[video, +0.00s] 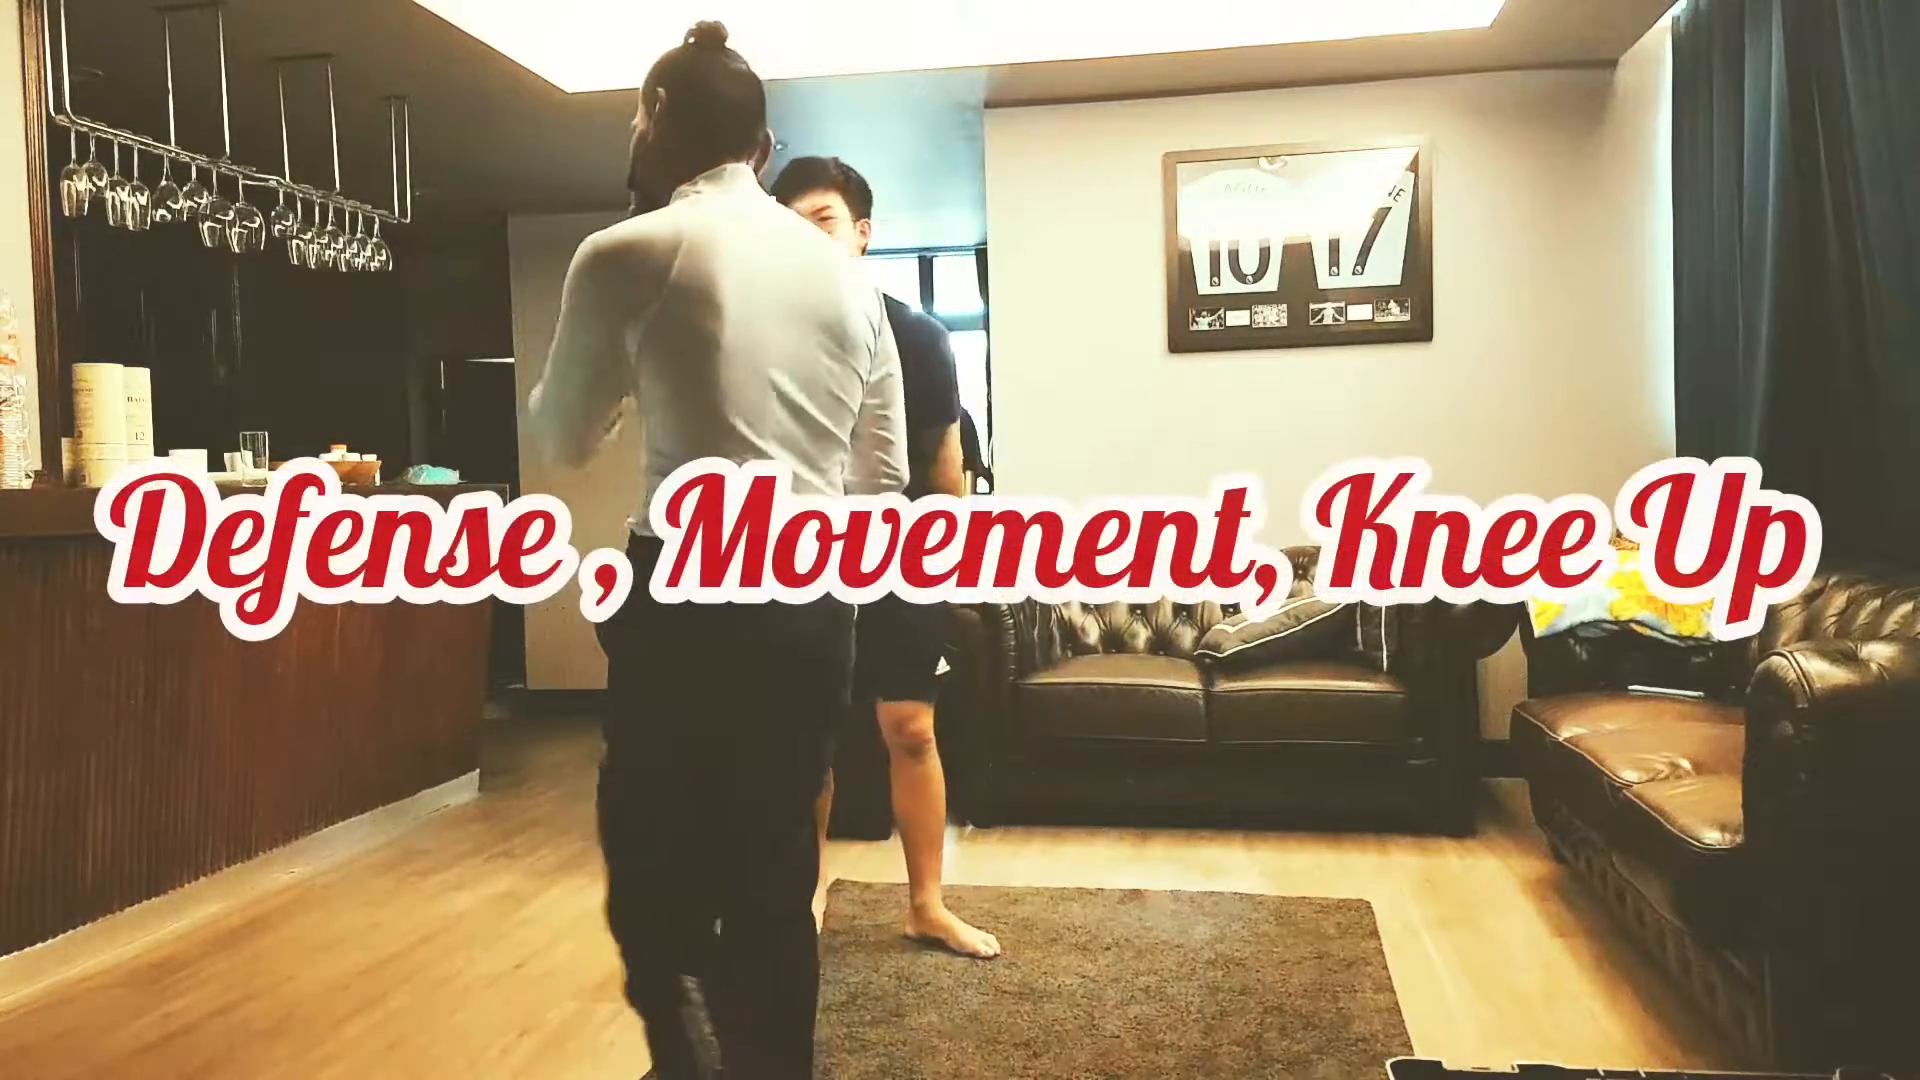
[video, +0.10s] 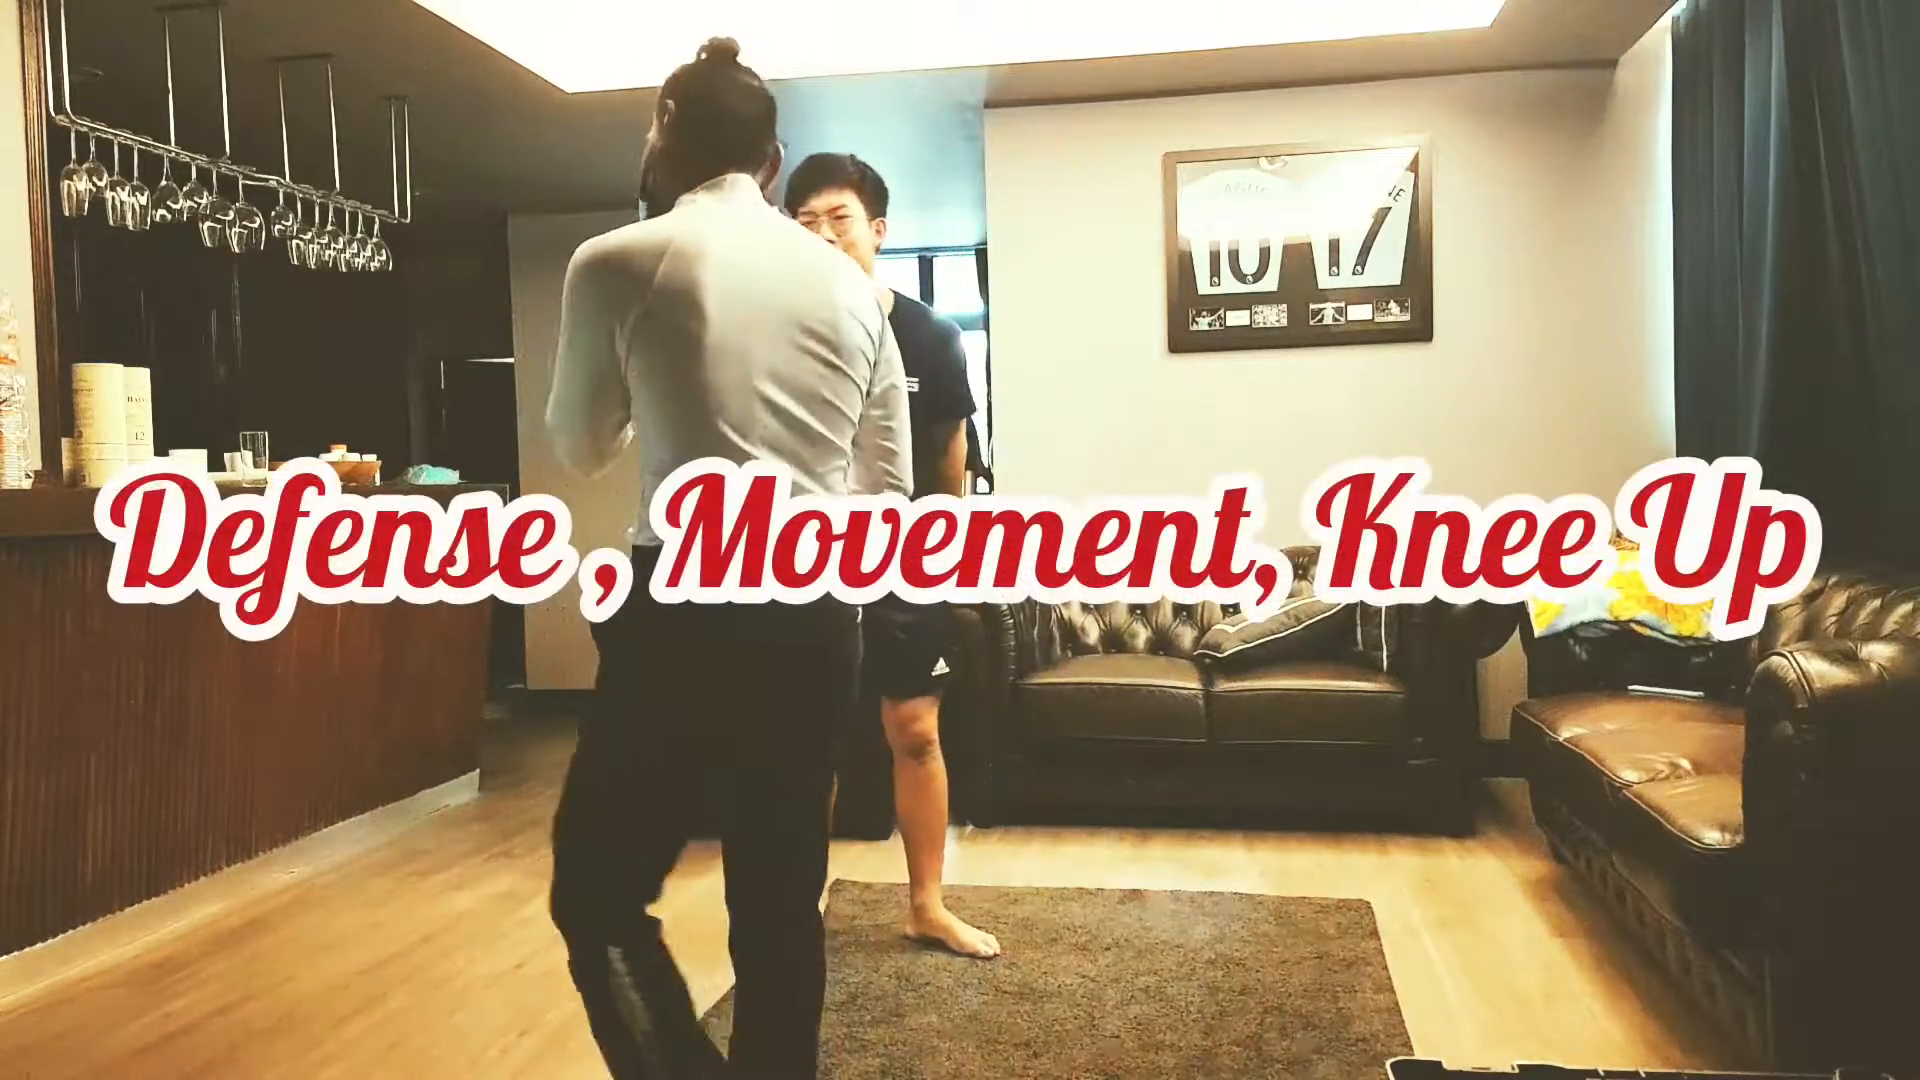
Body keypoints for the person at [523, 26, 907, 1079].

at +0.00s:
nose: (633, 132)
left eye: (640, 115)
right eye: (637, 115)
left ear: (660, 124)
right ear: (758, 138)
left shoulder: (626, 252)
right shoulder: (841, 267)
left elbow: (561, 445)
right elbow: (880, 466)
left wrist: (628, 372)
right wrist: (826, 580)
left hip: (682, 605)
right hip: (810, 614)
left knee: (650, 882)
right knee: (777, 882)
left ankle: (689, 1052)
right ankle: (777, 1062)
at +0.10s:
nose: (645, 147)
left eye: (651, 131)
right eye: (648, 131)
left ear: (667, 141)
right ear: (768, 156)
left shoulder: (615, 262)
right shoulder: (849, 281)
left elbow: (579, 446)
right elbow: (884, 476)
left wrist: (649, 366)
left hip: (680, 632)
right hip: (813, 638)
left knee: (597, 895)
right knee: (780, 908)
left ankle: (685, 1072)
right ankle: (781, 1070)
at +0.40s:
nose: (792, 208)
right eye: (794, 192)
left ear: (678, 178)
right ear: (780, 186)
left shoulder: (601, 272)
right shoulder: (839, 284)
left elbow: (549, 456)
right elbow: (903, 457)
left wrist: (622, 409)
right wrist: (881, 546)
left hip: (661, 610)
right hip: (804, 616)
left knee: (653, 868)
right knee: (787, 869)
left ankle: (647, 1065)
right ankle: (780, 1065)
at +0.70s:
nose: (796, 221)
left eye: (794, 210)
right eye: (795, 208)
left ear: (688, 201)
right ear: (770, 196)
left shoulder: (600, 282)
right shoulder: (788, 258)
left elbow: (460, 382)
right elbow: (853, 328)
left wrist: (569, 492)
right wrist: (873, 476)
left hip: (643, 598)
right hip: (777, 596)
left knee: (662, 858)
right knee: (823, 855)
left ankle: (672, 1064)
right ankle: (777, 1064)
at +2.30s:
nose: (806, 171)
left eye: (799, 155)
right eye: (800, 155)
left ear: (698, 170)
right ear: (780, 166)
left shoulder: (617, 288)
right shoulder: (833, 277)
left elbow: (584, 483)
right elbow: (921, 453)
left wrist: (642, 564)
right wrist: (912, 586)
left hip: (681, 634)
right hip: (818, 632)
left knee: (660, 872)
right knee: (831, 880)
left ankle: (609, 1064)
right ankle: (831, 1060)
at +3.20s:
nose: (780, 194)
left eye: (773, 177)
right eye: (774, 178)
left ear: (674, 205)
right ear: (756, 190)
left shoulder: (620, 315)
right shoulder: (809, 294)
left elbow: (604, 482)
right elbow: (848, 465)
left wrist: (711, 496)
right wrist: (839, 512)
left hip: (671, 580)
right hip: (793, 575)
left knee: (651, 824)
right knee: (852, 805)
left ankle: (614, 1055)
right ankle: (872, 1025)